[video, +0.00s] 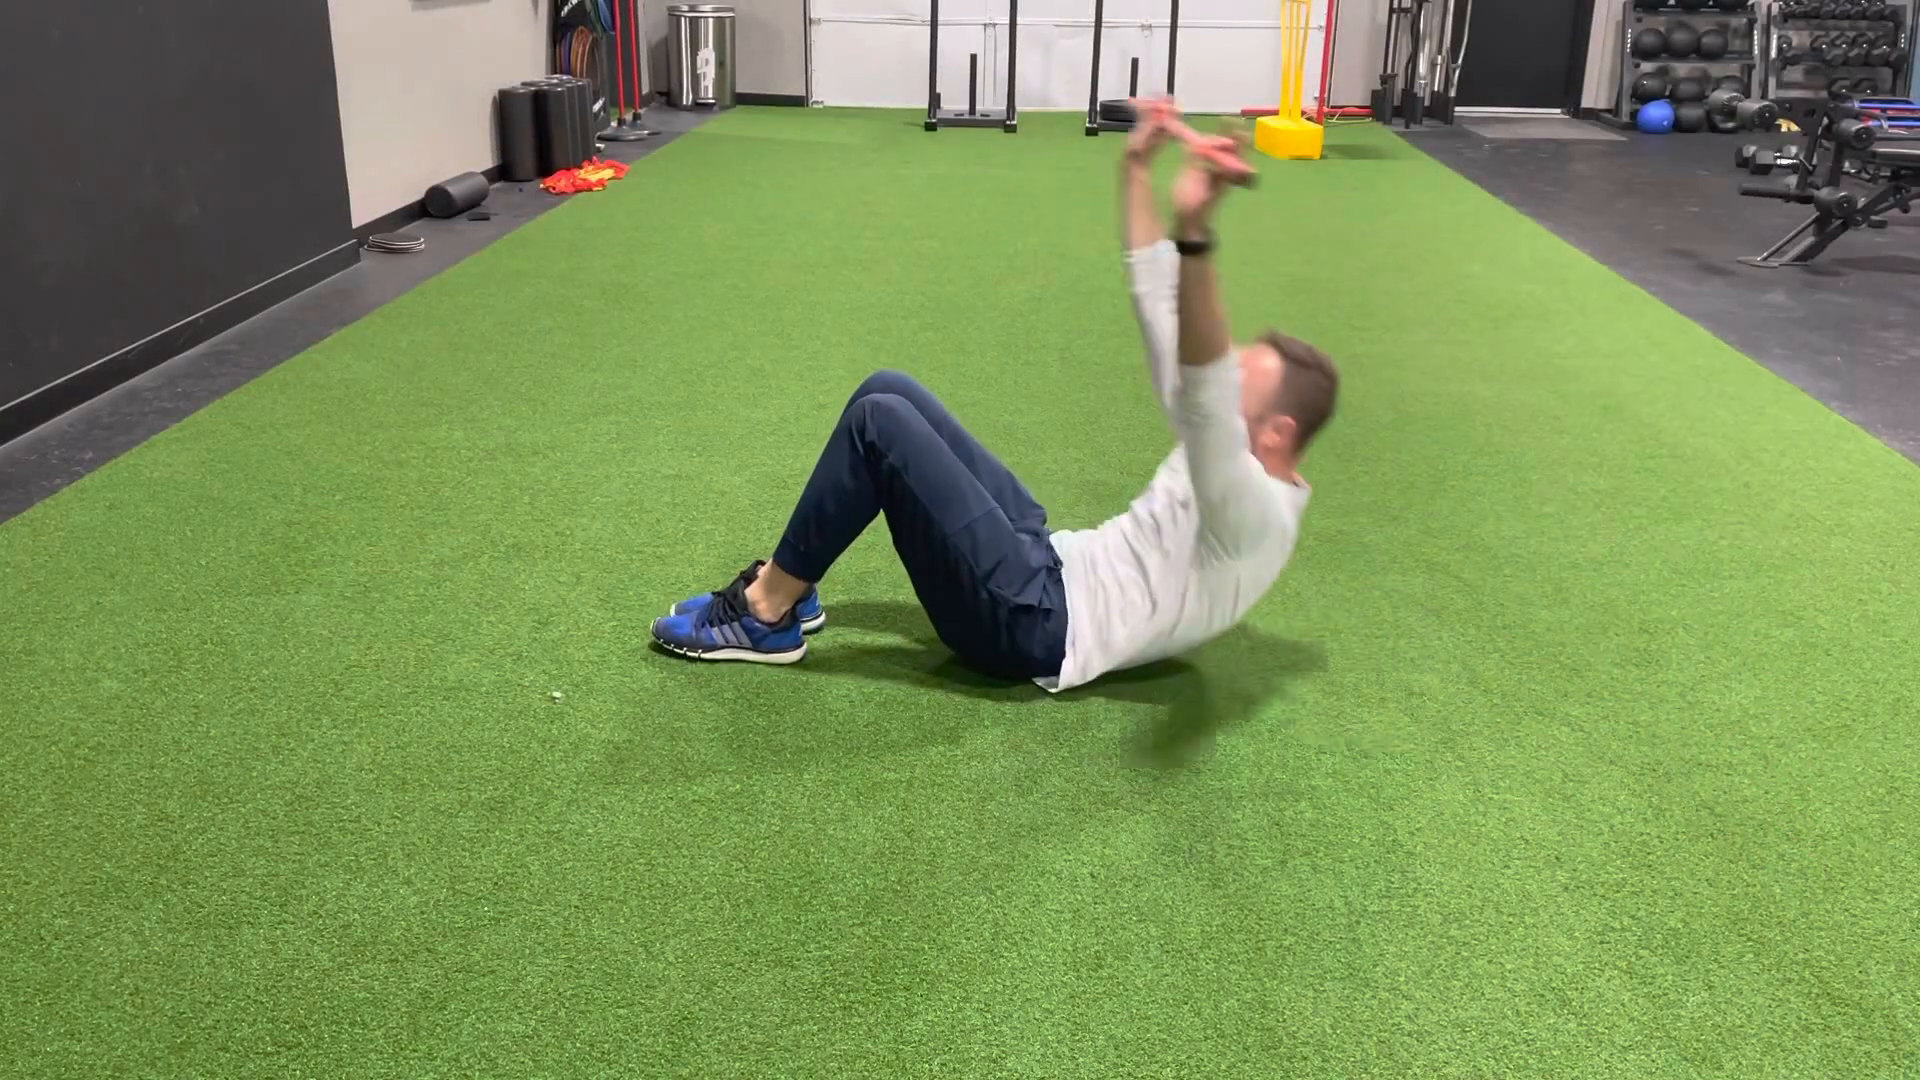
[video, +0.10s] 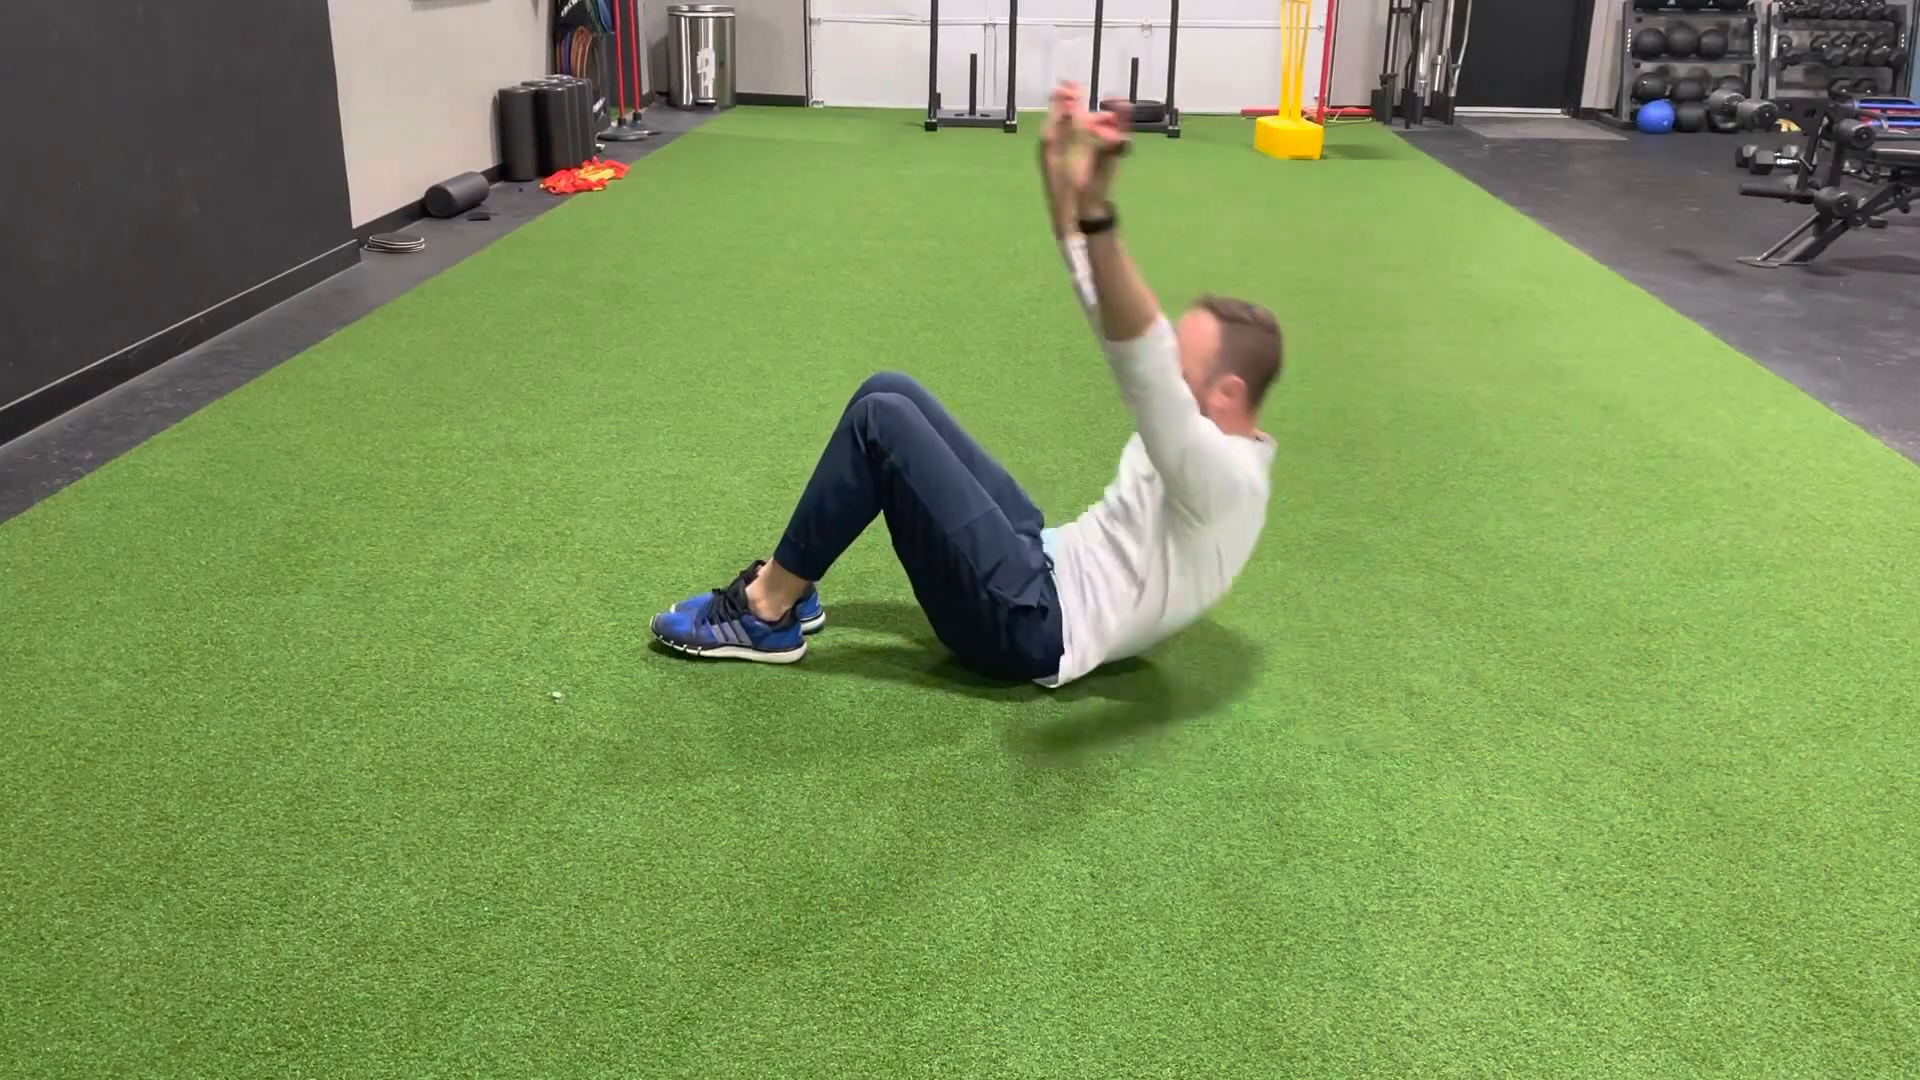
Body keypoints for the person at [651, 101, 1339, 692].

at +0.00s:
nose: (1217, 388)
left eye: (1234, 384)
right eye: (1225, 374)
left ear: (1276, 433)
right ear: (1273, 431)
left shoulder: (1255, 516)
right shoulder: (1224, 465)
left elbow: (1201, 389)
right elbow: (1166, 336)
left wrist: (1197, 238)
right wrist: (1135, 172)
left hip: (1038, 616)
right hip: (1050, 563)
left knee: (879, 415)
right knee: (889, 395)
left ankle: (765, 611)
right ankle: (782, 592)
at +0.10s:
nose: (1169, 378)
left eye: (1182, 367)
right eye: (1172, 361)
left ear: (1228, 394)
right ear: (1226, 390)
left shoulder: (1221, 478)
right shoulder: (1202, 438)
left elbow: (1147, 355)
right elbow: (1120, 329)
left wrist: (1099, 214)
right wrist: (1061, 188)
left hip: (1034, 621)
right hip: (1045, 567)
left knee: (885, 416)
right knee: (893, 398)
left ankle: (771, 607)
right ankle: (782, 585)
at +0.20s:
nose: (1121, 353)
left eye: (1134, 340)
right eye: (1122, 334)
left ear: (1184, 363)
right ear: (1187, 363)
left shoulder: (1184, 447)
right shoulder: (1185, 419)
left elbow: (1094, 336)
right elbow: (1093, 306)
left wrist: (1026, 196)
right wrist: (1025, 186)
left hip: (1030, 617)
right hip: (1038, 564)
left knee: (881, 414)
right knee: (891, 395)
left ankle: (769, 608)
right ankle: (781, 588)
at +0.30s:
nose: (1081, 329)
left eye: (1092, 318)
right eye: (1083, 309)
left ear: (1140, 346)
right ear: (1143, 348)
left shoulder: (1147, 422)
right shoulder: (1153, 396)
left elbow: (1046, 311)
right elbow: (1055, 272)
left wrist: (970, 176)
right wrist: (984, 147)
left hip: (1017, 616)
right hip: (1027, 563)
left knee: (871, 419)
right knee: (885, 391)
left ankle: (764, 611)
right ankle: (777, 585)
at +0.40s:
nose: (1038, 312)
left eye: (1051, 305)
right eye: (1041, 295)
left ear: (1099, 328)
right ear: (1100, 324)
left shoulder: (1110, 402)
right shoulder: (1111, 373)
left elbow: (1009, 298)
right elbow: (1017, 239)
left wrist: (923, 164)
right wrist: (956, 120)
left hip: (1007, 617)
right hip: (1013, 558)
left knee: (865, 420)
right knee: (878, 390)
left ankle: (757, 611)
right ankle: (778, 586)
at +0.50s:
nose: (1007, 310)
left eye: (1018, 298)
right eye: (1008, 291)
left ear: (1066, 311)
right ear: (1069, 307)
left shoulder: (1077, 383)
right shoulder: (1084, 355)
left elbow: (971, 285)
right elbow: (986, 218)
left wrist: (879, 142)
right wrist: (927, 94)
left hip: (1003, 620)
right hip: (1012, 554)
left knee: (858, 421)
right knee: (876, 390)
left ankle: (753, 612)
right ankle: (778, 586)